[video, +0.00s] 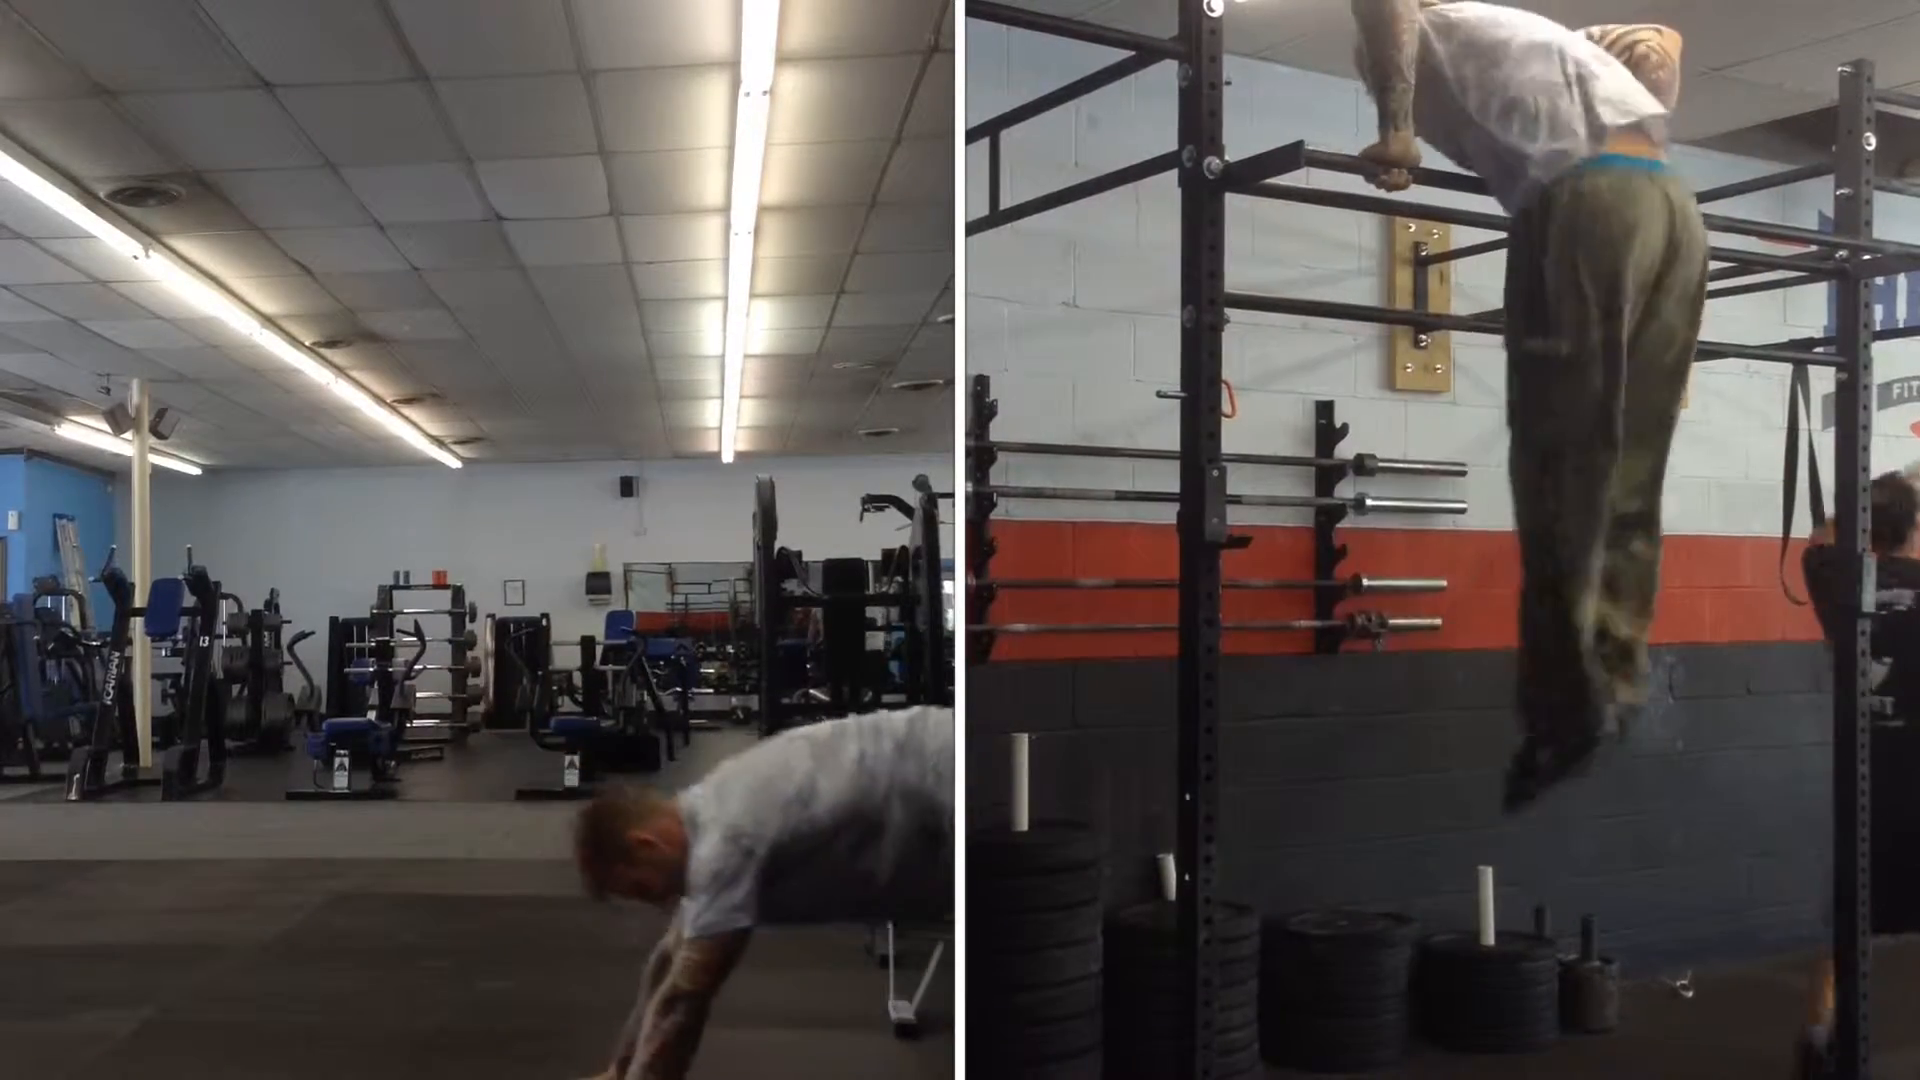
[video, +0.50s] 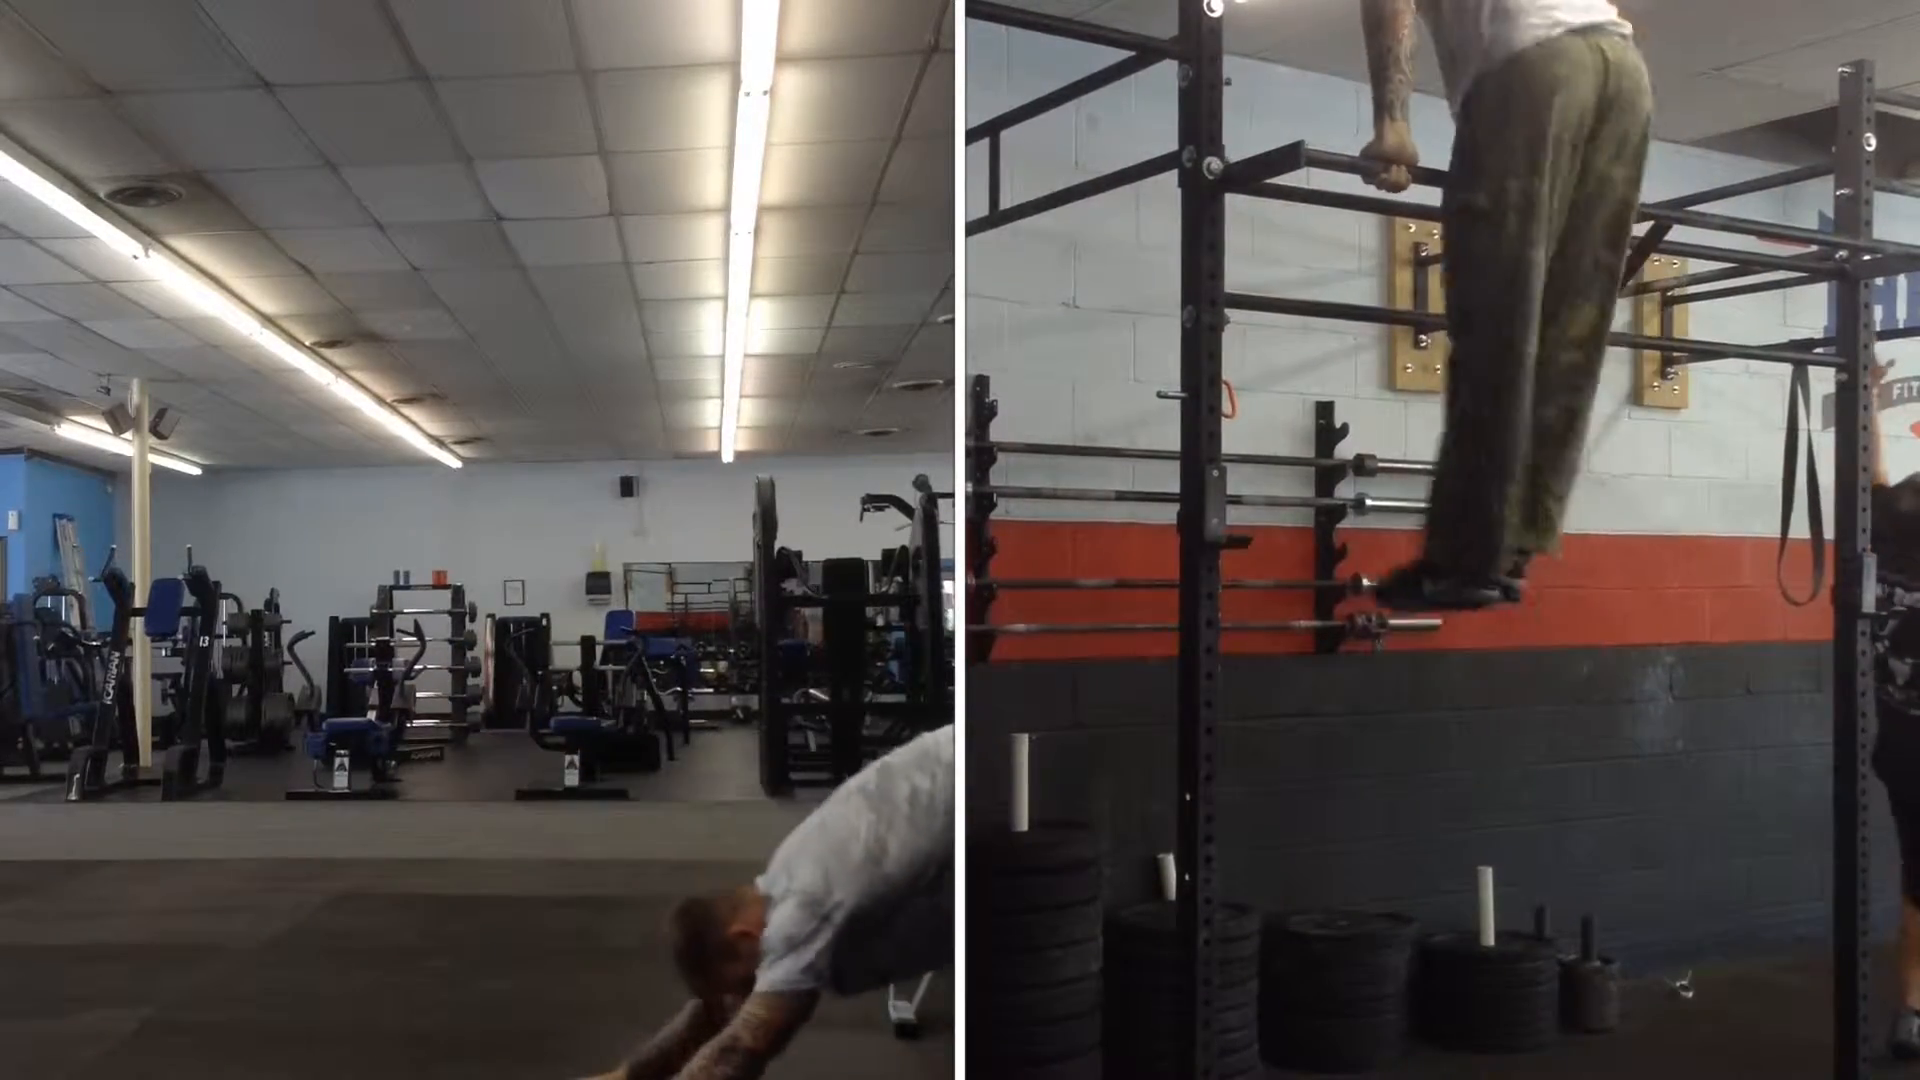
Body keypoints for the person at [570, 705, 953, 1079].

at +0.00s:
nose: (645, 899)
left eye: (633, 887)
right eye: (630, 894)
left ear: (646, 845)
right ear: (648, 834)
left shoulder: (727, 834)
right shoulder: (707, 815)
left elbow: (686, 1001)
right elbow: (669, 963)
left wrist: (635, 1076)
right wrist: (620, 1066)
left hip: (971, 775)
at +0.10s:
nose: (686, 922)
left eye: (677, 912)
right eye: (675, 918)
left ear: (684, 866)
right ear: (687, 854)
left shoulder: (754, 851)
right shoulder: (736, 831)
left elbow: (699, 1012)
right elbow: (683, 968)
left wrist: (642, 1078)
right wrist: (622, 1070)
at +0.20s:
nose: (722, 938)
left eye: (714, 930)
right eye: (711, 936)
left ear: (718, 887)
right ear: (719, 878)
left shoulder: (781, 861)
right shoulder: (760, 844)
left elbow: (714, 1014)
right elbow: (696, 971)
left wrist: (648, 1077)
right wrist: (625, 1066)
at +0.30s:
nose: (745, 968)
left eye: (737, 958)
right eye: (736, 964)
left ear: (744, 906)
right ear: (743, 894)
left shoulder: (802, 875)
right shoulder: (780, 860)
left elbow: (721, 1023)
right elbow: (703, 984)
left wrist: (652, 1078)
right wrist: (625, 1068)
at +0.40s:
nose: (759, 983)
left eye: (751, 973)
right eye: (743, 981)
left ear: (753, 922)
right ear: (751, 914)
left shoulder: (809, 890)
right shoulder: (781, 874)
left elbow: (732, 1033)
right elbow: (712, 993)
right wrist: (628, 1070)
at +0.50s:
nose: (759, 990)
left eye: (747, 984)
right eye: (743, 991)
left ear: (746, 938)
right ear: (741, 930)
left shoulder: (804, 908)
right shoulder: (778, 888)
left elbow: (741, 1052)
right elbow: (713, 1008)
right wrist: (629, 1070)